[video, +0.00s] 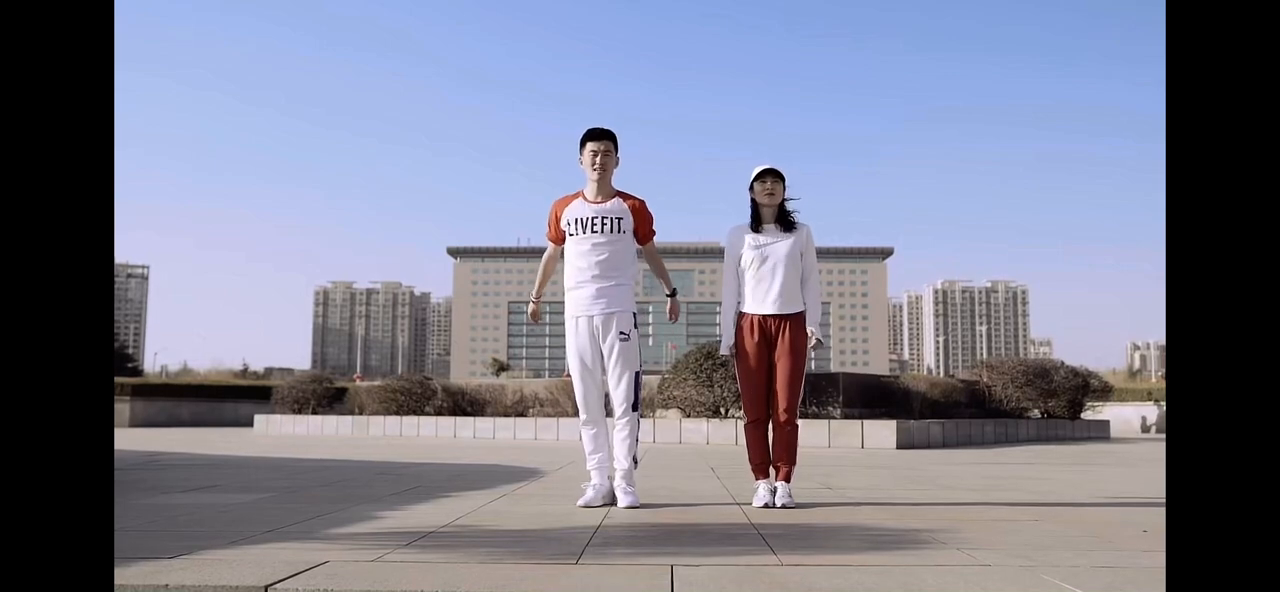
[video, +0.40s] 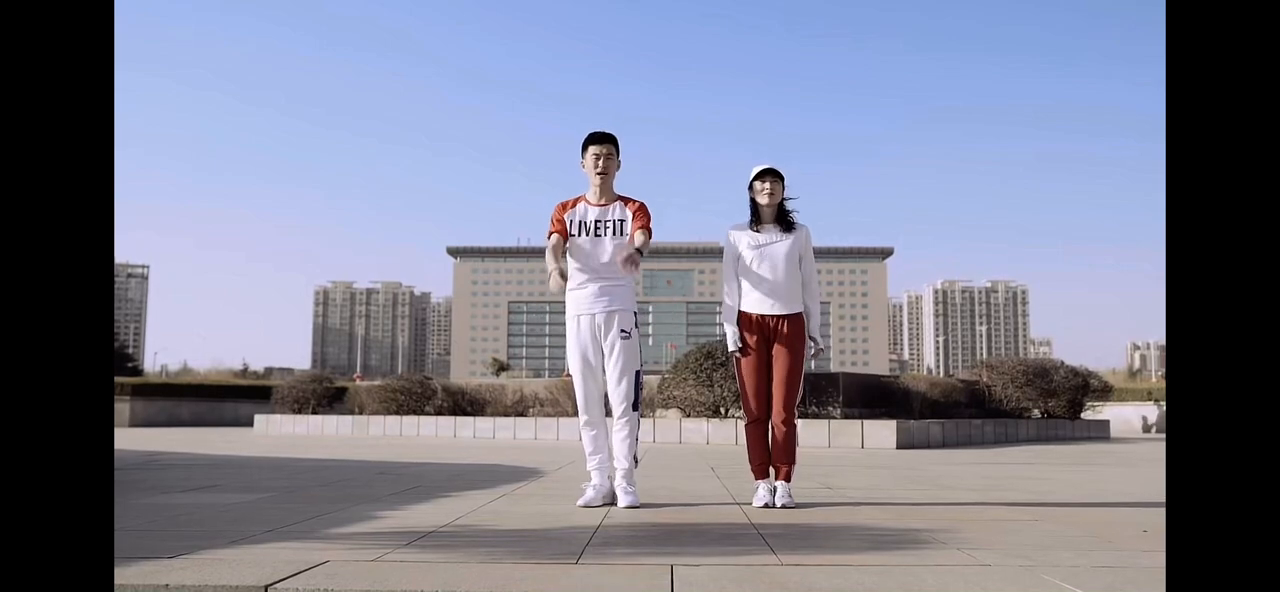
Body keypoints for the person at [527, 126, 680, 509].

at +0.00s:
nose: (599, 159)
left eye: (606, 153)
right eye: (593, 153)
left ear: (616, 160)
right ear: (581, 160)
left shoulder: (633, 206)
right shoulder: (563, 208)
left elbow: (650, 251)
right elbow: (552, 253)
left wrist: (671, 291)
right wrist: (535, 295)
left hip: (619, 313)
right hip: (578, 315)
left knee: (624, 401)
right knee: (588, 404)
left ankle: (625, 482)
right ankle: (599, 482)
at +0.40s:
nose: (601, 161)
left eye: (608, 156)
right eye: (595, 156)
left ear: (618, 164)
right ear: (584, 164)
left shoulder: (633, 208)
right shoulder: (566, 209)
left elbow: (642, 232)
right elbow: (554, 243)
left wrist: (634, 248)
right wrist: (554, 266)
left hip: (620, 313)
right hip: (579, 314)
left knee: (623, 402)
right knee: (588, 404)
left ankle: (624, 483)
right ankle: (598, 483)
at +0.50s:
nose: (602, 159)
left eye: (609, 153)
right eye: (596, 153)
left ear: (618, 161)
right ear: (584, 160)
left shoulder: (633, 203)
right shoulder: (566, 204)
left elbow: (643, 234)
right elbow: (548, 236)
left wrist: (620, 207)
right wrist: (564, 221)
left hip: (619, 310)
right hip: (578, 312)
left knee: (625, 400)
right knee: (586, 403)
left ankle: (625, 482)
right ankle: (597, 482)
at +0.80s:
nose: (601, 161)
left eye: (608, 156)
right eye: (594, 155)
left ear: (616, 164)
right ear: (582, 163)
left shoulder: (631, 210)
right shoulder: (562, 210)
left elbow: (645, 264)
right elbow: (543, 258)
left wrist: (624, 248)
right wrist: (564, 250)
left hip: (616, 312)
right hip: (575, 314)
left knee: (621, 399)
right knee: (586, 402)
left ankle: (625, 482)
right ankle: (599, 482)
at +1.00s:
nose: (599, 161)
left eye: (605, 156)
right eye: (592, 155)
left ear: (614, 166)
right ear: (579, 163)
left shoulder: (629, 212)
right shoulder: (558, 211)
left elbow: (645, 257)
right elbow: (543, 266)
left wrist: (649, 275)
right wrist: (538, 318)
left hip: (613, 317)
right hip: (571, 318)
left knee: (617, 395)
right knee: (583, 406)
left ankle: (627, 475)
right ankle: (600, 482)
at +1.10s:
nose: (597, 157)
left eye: (603, 153)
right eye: (590, 152)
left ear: (611, 162)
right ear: (577, 160)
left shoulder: (626, 205)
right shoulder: (556, 207)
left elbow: (652, 244)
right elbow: (539, 254)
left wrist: (657, 259)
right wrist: (524, 303)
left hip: (613, 314)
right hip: (572, 316)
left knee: (618, 396)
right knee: (583, 404)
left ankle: (629, 479)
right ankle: (598, 482)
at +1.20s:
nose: (595, 157)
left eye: (602, 153)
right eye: (588, 152)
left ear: (610, 162)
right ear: (575, 160)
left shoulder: (625, 205)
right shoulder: (554, 208)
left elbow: (656, 244)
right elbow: (536, 254)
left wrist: (656, 257)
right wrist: (519, 300)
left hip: (612, 313)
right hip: (571, 316)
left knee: (618, 400)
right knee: (582, 405)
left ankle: (629, 481)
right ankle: (599, 482)